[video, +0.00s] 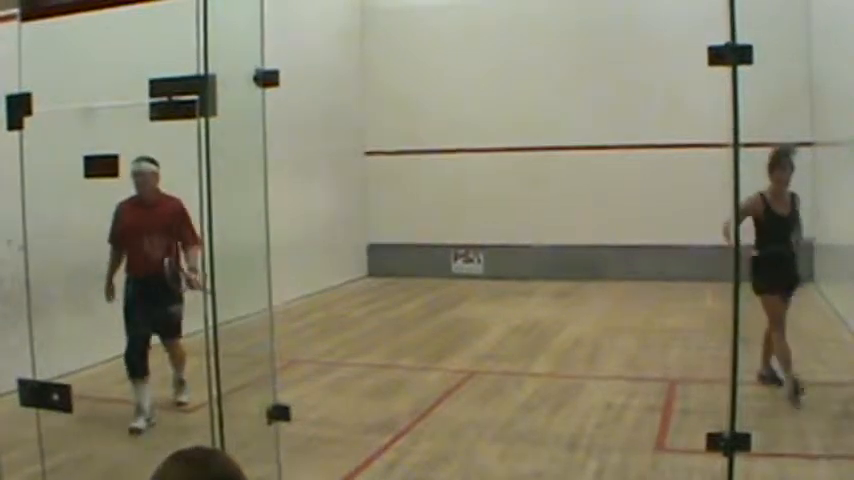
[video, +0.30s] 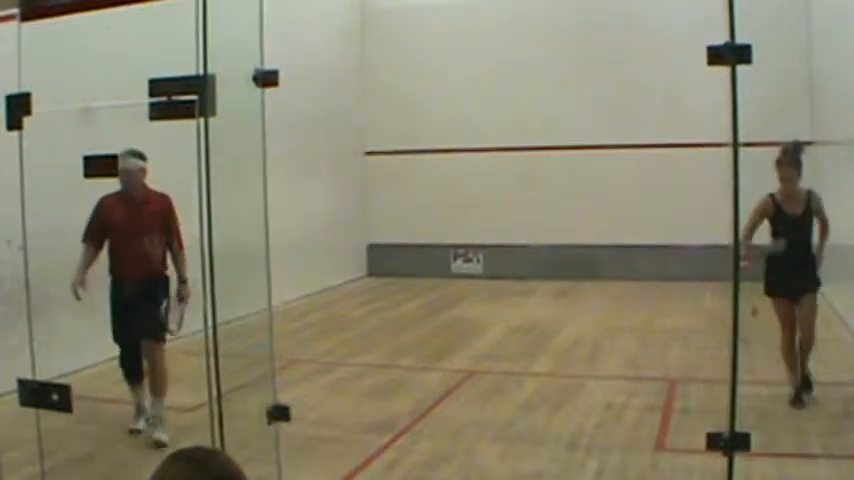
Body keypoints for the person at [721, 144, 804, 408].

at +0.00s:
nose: (784, 177)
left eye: (787, 172)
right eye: (779, 172)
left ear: (792, 174)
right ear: (770, 173)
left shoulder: (793, 200)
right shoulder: (757, 202)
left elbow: (795, 228)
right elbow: (730, 222)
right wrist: (731, 241)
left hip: (787, 261)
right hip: (764, 262)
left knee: (776, 321)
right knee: (777, 322)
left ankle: (766, 367)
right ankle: (790, 378)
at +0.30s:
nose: (785, 179)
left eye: (789, 174)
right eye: (781, 174)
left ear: (799, 173)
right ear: (777, 174)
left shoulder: (811, 200)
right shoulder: (770, 203)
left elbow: (824, 225)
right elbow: (748, 232)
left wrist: (819, 253)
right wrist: (747, 252)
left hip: (805, 267)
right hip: (778, 270)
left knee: (807, 331)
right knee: (788, 330)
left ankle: (803, 368)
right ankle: (795, 384)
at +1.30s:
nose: (753, 184)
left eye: (754, 178)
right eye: (752, 178)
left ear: (766, 176)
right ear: (769, 175)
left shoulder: (792, 200)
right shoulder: (777, 201)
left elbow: (823, 230)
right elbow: (782, 243)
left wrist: (805, 263)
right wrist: (765, 270)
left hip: (799, 279)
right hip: (782, 278)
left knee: (801, 339)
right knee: (776, 334)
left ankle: (812, 398)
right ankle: (764, 387)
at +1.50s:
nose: (742, 184)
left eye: (744, 179)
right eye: (741, 180)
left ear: (756, 176)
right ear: (755, 178)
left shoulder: (776, 199)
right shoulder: (765, 202)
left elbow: (801, 231)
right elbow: (771, 238)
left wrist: (783, 264)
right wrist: (759, 263)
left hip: (779, 278)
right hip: (769, 275)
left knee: (774, 340)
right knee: (769, 338)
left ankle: (805, 393)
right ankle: (761, 388)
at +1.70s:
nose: (735, 186)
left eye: (735, 181)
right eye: (734, 181)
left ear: (743, 178)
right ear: (750, 175)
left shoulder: (765, 199)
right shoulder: (757, 201)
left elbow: (790, 229)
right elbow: (764, 238)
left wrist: (772, 260)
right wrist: (751, 262)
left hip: (766, 277)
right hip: (765, 275)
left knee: (749, 332)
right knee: (768, 332)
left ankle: (767, 386)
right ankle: (764, 384)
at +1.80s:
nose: (727, 186)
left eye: (728, 180)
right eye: (726, 180)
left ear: (738, 176)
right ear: (745, 174)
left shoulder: (760, 198)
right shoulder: (754, 200)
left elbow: (787, 227)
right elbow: (759, 238)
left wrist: (768, 260)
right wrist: (749, 264)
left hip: (762, 276)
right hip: (762, 274)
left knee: (748, 332)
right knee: (766, 332)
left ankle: (749, 392)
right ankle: (761, 388)